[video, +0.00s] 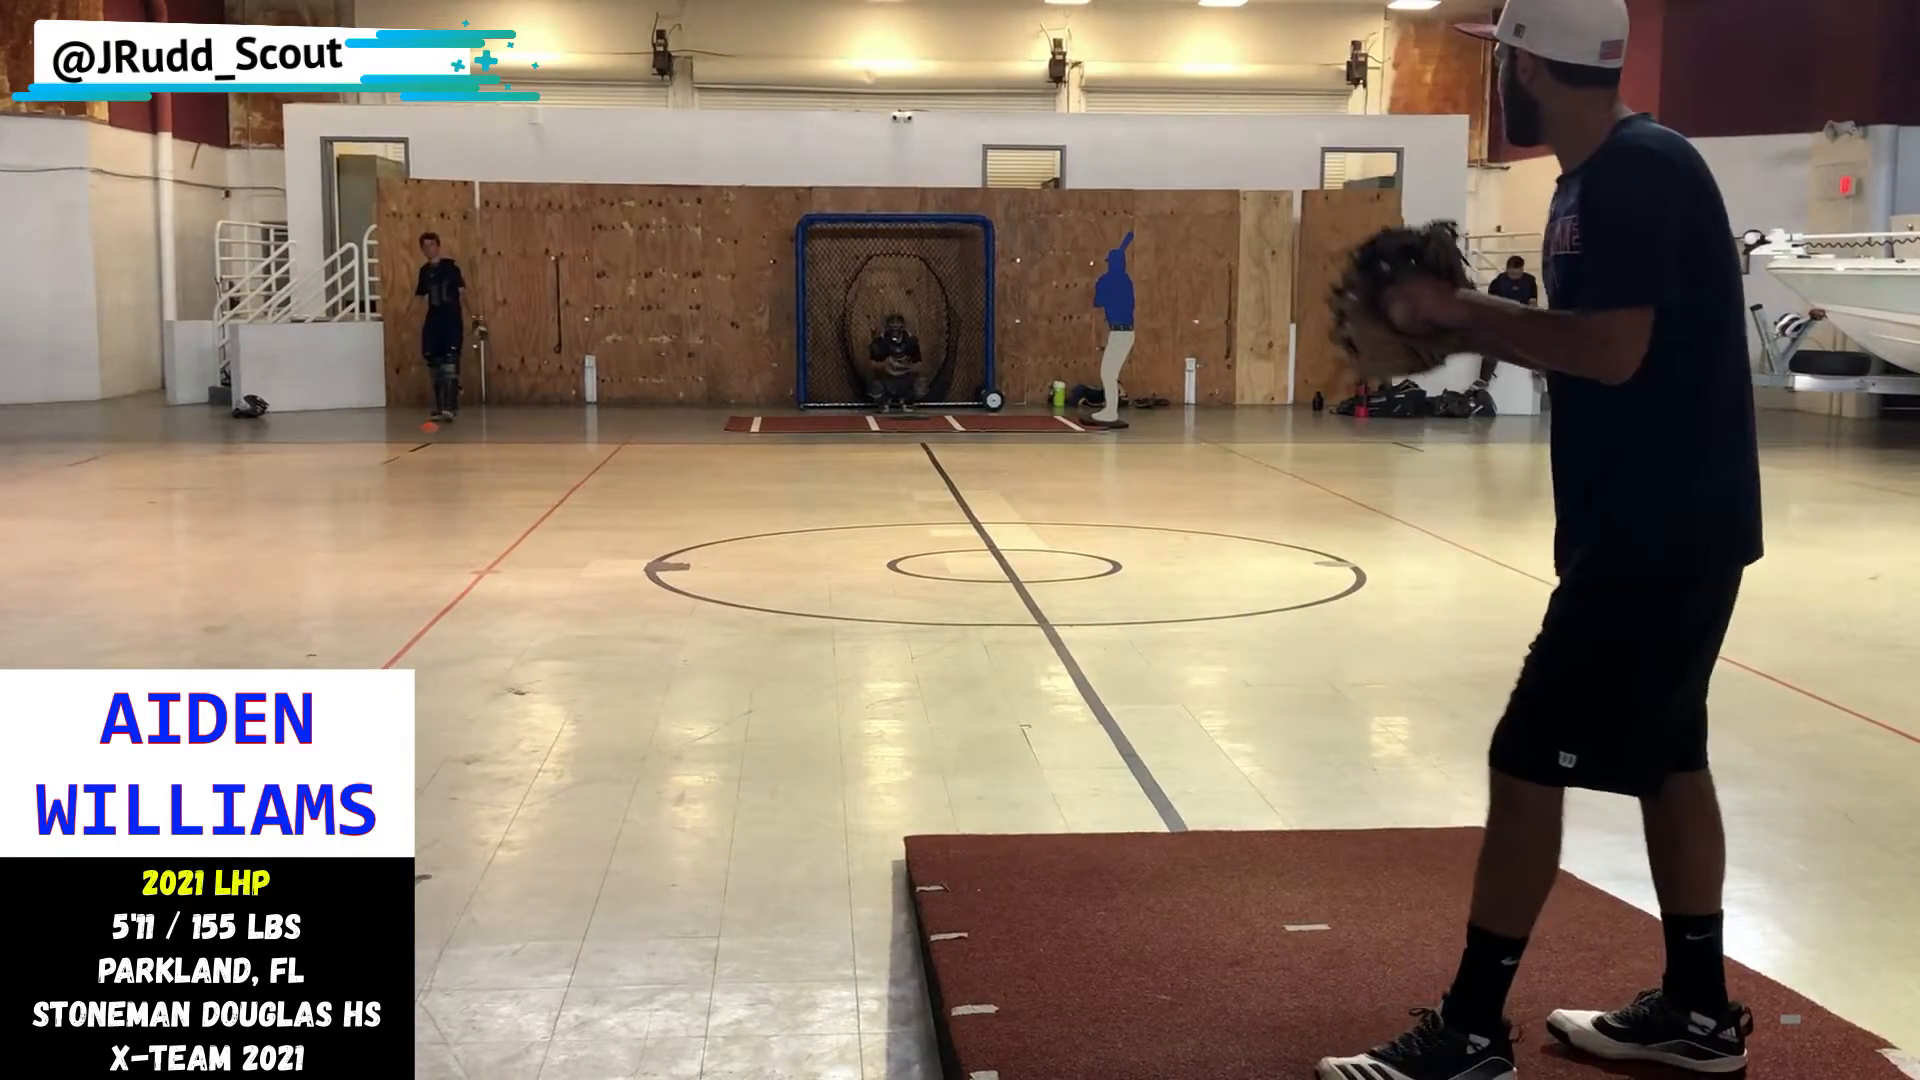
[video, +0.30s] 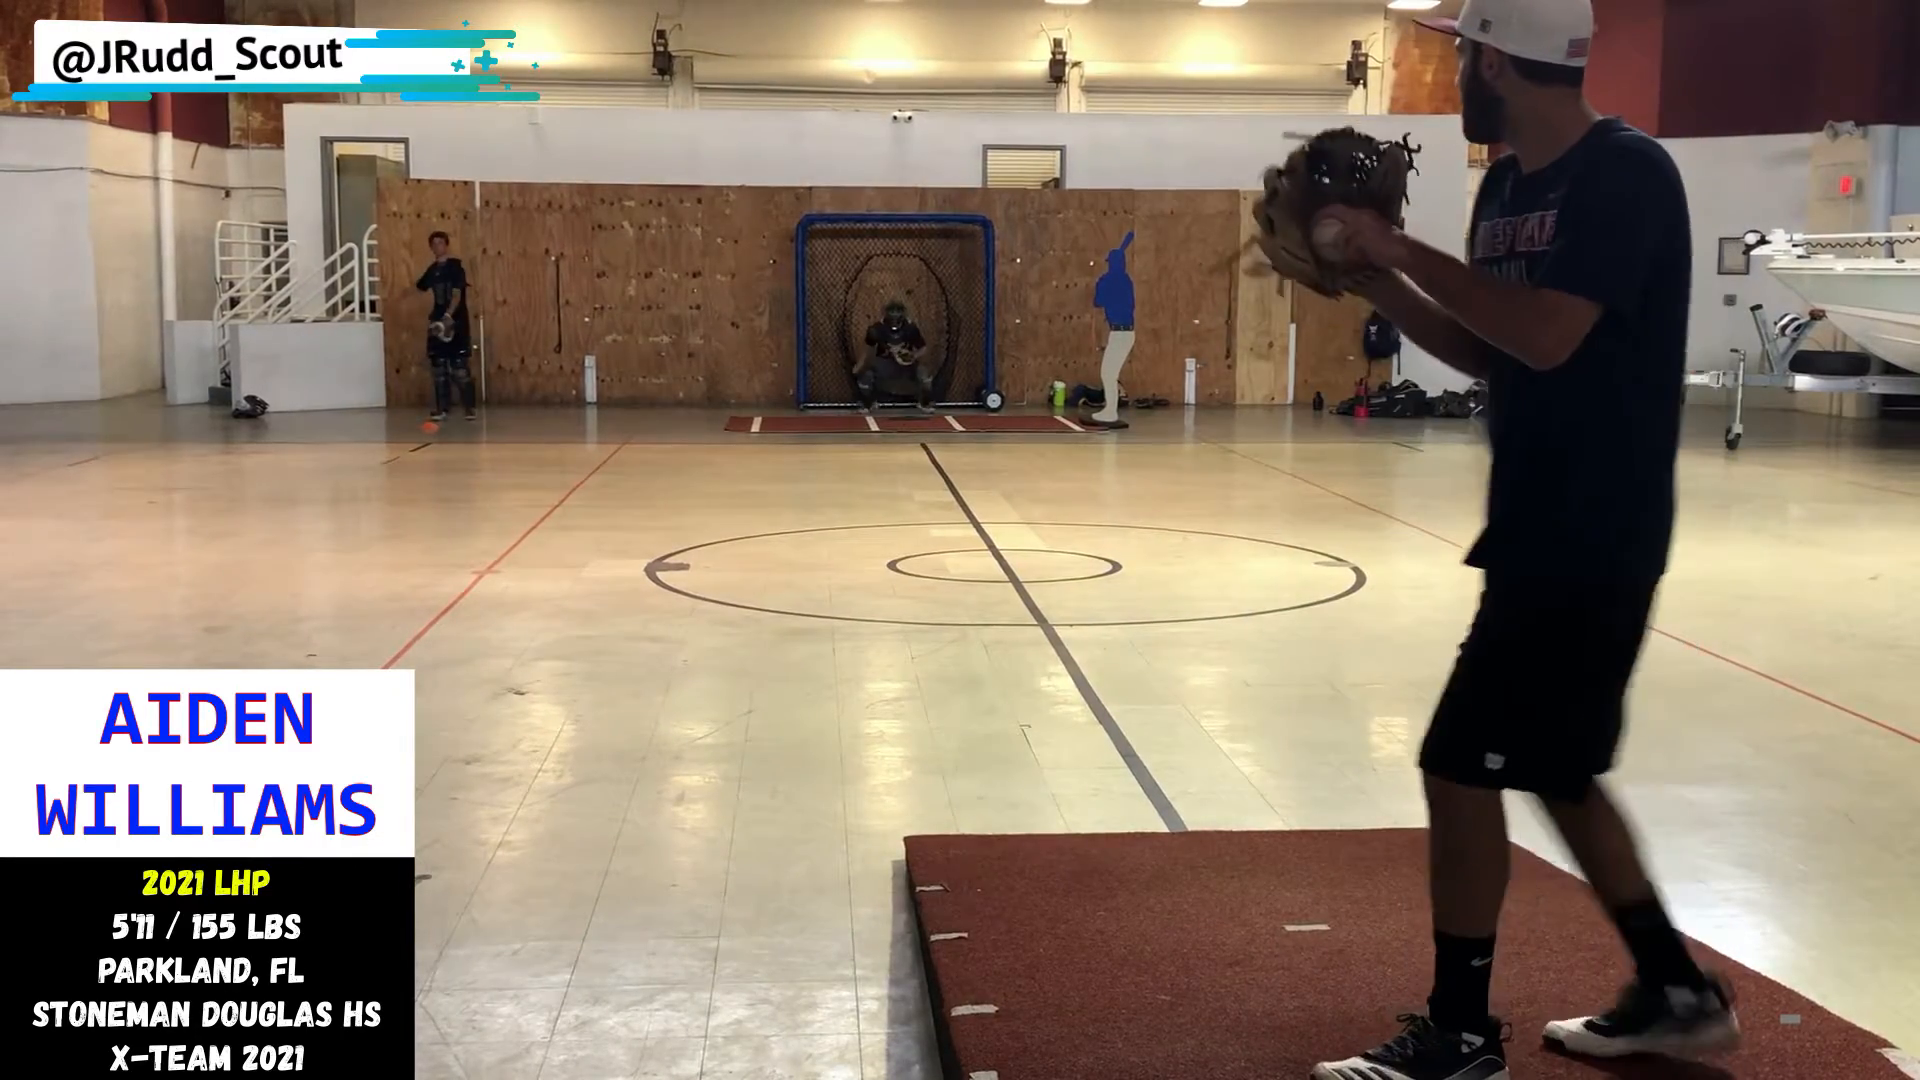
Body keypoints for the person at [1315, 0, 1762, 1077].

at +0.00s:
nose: (1501, 85)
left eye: (1508, 61)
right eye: (1503, 62)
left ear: (1539, 66)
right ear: (1601, 64)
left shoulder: (1633, 175)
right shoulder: (1611, 174)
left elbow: (1611, 347)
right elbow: (1593, 342)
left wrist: (1460, 315)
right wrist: (1471, 313)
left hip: (1645, 546)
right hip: (1671, 539)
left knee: (1525, 758)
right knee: (1669, 758)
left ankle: (1471, 1028)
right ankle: (1696, 1004)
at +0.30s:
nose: (1463, 72)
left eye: (1472, 51)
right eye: (1466, 52)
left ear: (1505, 60)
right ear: (1543, 63)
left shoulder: (1626, 176)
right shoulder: (1505, 188)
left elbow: (1549, 332)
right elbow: (1488, 353)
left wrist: (1393, 246)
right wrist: (1378, 285)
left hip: (1592, 539)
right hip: (1538, 533)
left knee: (1457, 761)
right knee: (1559, 762)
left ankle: (1460, 1029)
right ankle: (1675, 988)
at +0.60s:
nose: (1440, 79)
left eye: (1446, 55)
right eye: (1442, 57)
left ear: (1483, 58)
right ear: (1517, 61)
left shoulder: (1620, 172)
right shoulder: (1476, 183)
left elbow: (1547, 325)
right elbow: (1441, 344)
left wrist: (1390, 245)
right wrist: (1342, 278)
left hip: (1514, 526)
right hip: (1421, 483)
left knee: (1430, 771)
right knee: (1215, 575)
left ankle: (1457, 1030)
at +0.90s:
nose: (1395, 84)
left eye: (1400, 64)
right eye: (1397, 66)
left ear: (1428, 69)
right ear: (1468, 72)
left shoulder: (1568, 181)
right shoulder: (1418, 187)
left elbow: (1513, 335)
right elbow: (1381, 349)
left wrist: (1359, 259)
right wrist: (1307, 273)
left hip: (1447, 510)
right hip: (1363, 457)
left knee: (1401, 766)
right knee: (1195, 292)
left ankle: (1457, 1030)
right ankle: (1133, 539)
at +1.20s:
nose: (1307, 180)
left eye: (1317, 164)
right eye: (1309, 162)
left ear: (1356, 174)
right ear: (1381, 172)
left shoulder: (1492, 279)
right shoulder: (1333, 268)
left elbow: (1501, 453)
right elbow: (1262, 377)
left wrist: (1332, 520)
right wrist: (1176, 460)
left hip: (1441, 556)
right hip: (1341, 528)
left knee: (1325, 778)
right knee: (1147, 606)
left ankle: (1444, 1029)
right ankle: (1163, 828)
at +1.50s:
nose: (1190, 325)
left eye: (1197, 315)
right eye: (1193, 316)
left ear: (1219, 327)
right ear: (1279, 322)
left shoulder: (1367, 407)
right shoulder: (1208, 379)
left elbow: (1482, 494)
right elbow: (1158, 366)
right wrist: (1096, 394)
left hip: (1328, 640)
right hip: (1260, 618)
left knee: (1261, 854)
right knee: (1168, 686)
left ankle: (1418, 1016)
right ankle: (1165, 825)